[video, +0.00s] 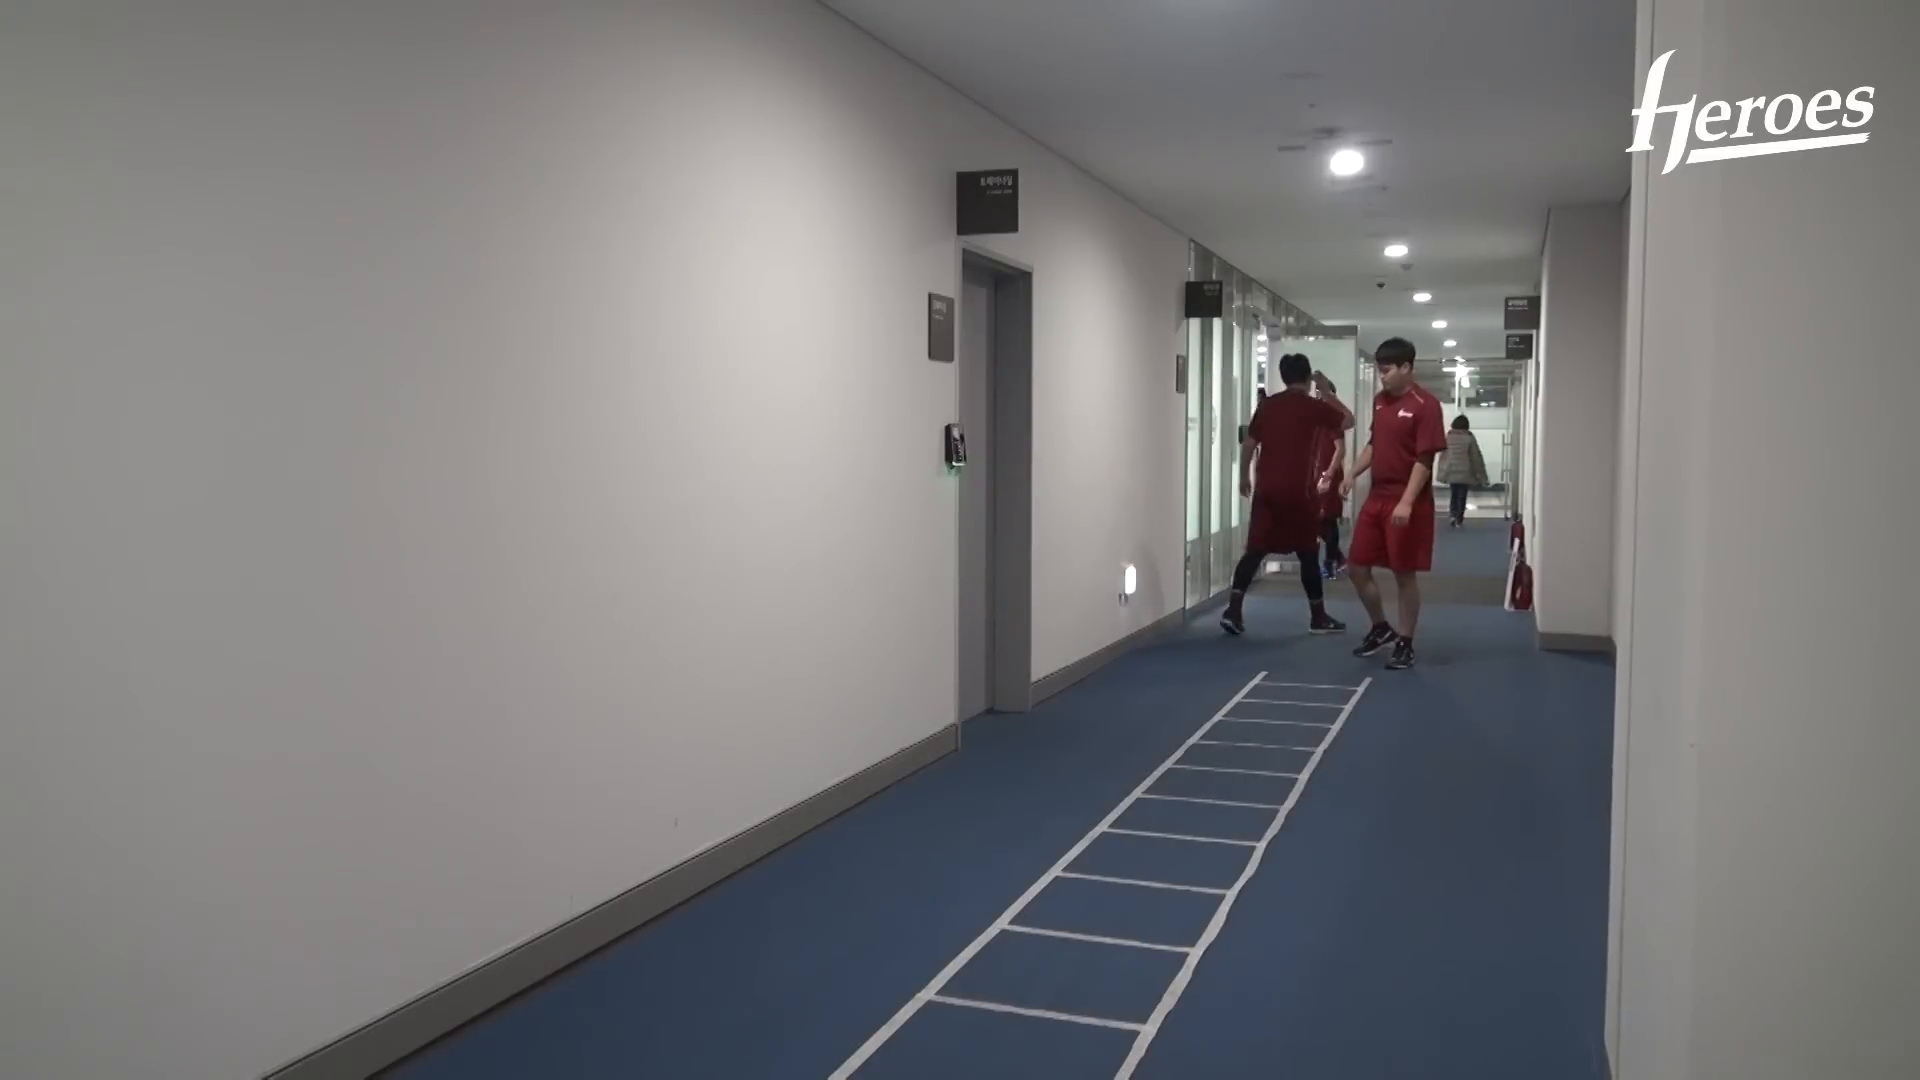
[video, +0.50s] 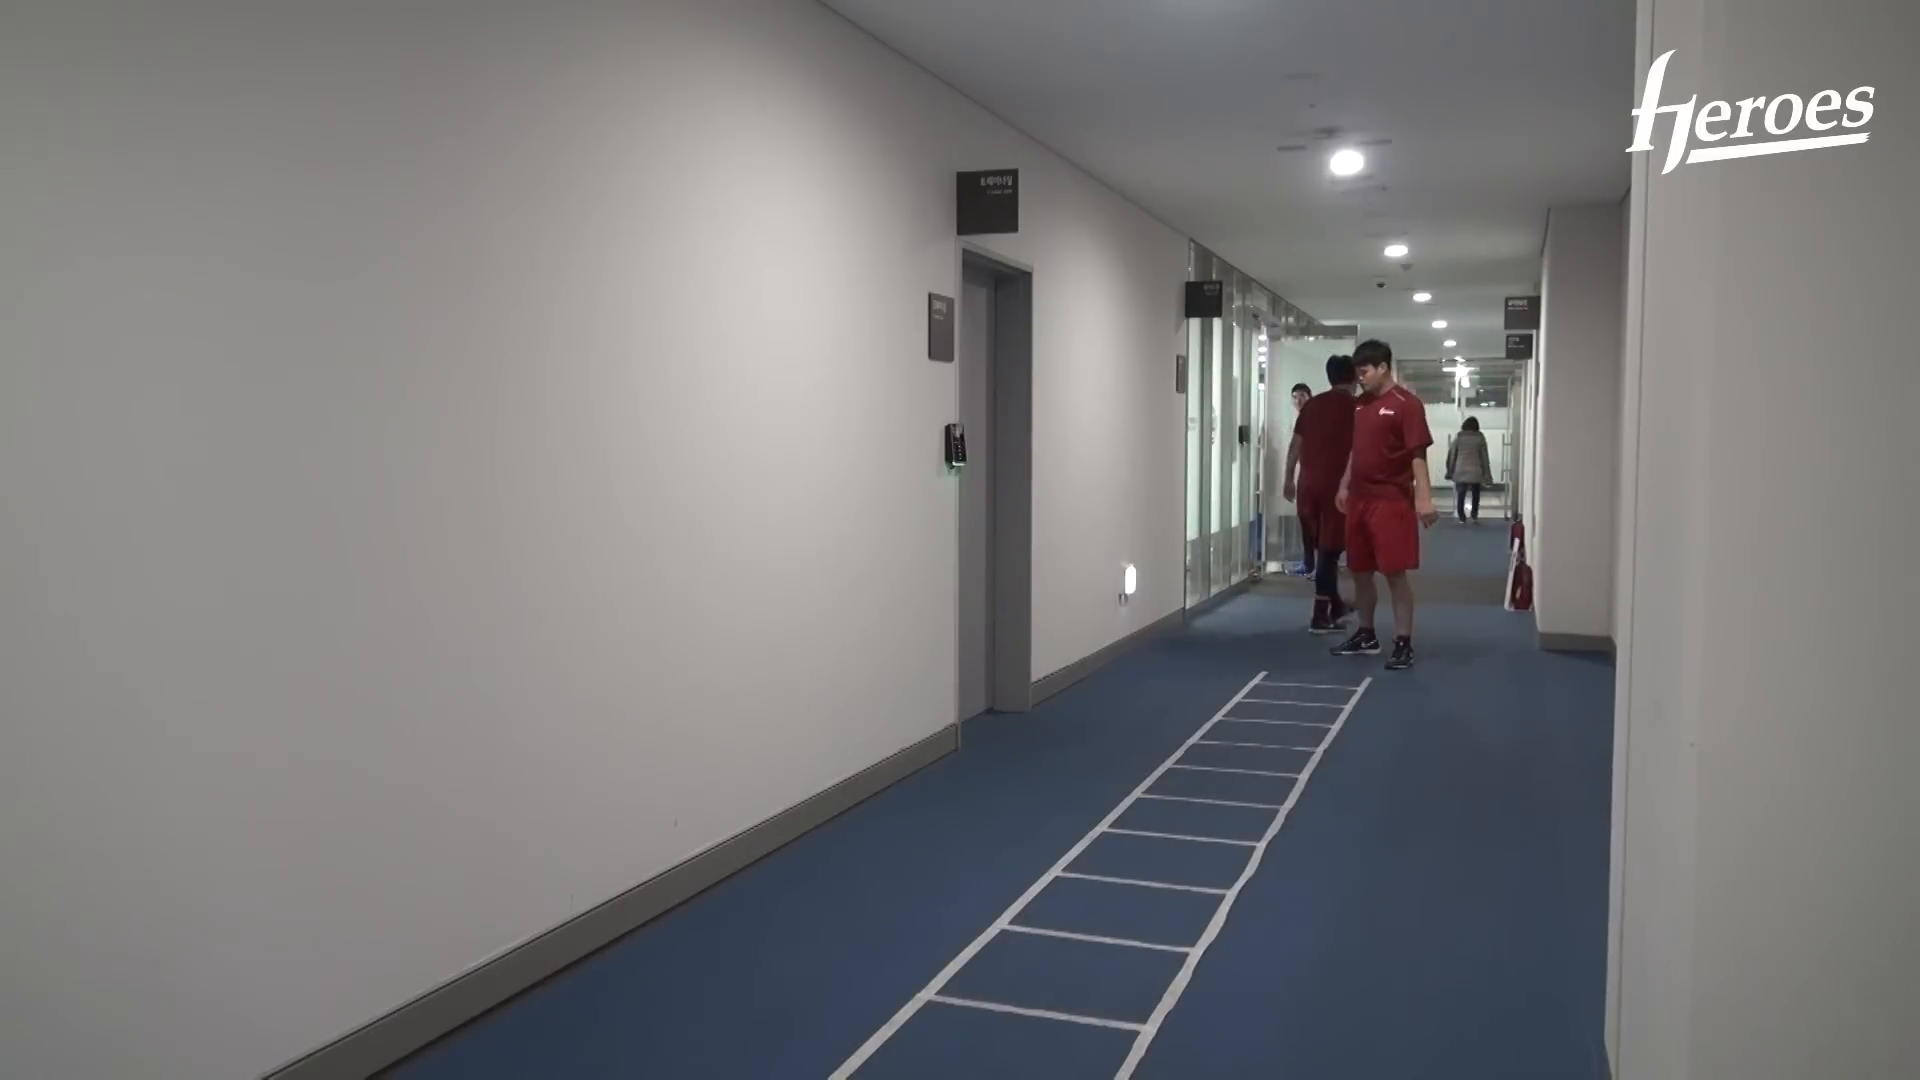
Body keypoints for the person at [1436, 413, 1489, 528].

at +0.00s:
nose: (1467, 426)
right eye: (1467, 424)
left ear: (1454, 424)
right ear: (1467, 425)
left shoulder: (1448, 438)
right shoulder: (1469, 438)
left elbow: (1443, 456)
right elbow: (1476, 459)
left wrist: (1440, 474)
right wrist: (1482, 477)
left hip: (1451, 470)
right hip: (1465, 470)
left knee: (1453, 494)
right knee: (1462, 496)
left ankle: (1453, 514)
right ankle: (1459, 518)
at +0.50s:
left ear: (1464, 425)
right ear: (1477, 426)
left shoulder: (1459, 437)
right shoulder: (1480, 438)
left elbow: (1452, 455)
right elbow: (1484, 458)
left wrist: (1449, 472)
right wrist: (1487, 475)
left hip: (1461, 469)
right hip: (1475, 469)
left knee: (1461, 494)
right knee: (1476, 495)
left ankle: (1461, 516)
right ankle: (1474, 515)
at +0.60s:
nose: (1478, 430)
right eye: (1479, 427)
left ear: (1467, 427)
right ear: (1479, 428)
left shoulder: (1461, 440)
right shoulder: (1482, 440)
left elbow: (1455, 458)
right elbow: (1486, 459)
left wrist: (1454, 472)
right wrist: (1488, 475)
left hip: (1463, 472)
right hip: (1478, 473)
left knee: (1463, 495)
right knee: (1480, 496)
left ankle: (1462, 516)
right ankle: (1482, 516)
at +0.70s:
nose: (1482, 429)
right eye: (1482, 428)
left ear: (1470, 427)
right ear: (1481, 428)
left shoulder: (1465, 440)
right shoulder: (1484, 441)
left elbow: (1459, 455)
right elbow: (1490, 459)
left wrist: (1460, 467)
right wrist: (1492, 474)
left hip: (1467, 471)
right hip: (1481, 472)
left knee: (1466, 494)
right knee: (1483, 495)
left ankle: (1464, 514)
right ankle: (1483, 516)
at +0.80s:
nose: (1485, 428)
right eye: (1484, 427)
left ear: (1473, 426)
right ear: (1484, 427)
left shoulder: (1467, 439)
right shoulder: (1486, 440)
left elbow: (1462, 456)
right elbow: (1492, 457)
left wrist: (1463, 469)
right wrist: (1496, 473)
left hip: (1468, 471)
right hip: (1483, 472)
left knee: (1472, 492)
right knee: (1484, 495)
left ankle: (1469, 509)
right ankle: (1483, 516)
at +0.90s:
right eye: (1486, 425)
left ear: (1474, 424)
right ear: (1486, 425)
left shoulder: (1468, 438)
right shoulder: (1489, 438)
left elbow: (1463, 455)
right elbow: (1495, 456)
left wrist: (1463, 469)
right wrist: (1497, 472)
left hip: (1471, 469)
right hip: (1485, 470)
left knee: (1475, 491)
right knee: (1484, 492)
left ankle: (1475, 511)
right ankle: (1483, 514)